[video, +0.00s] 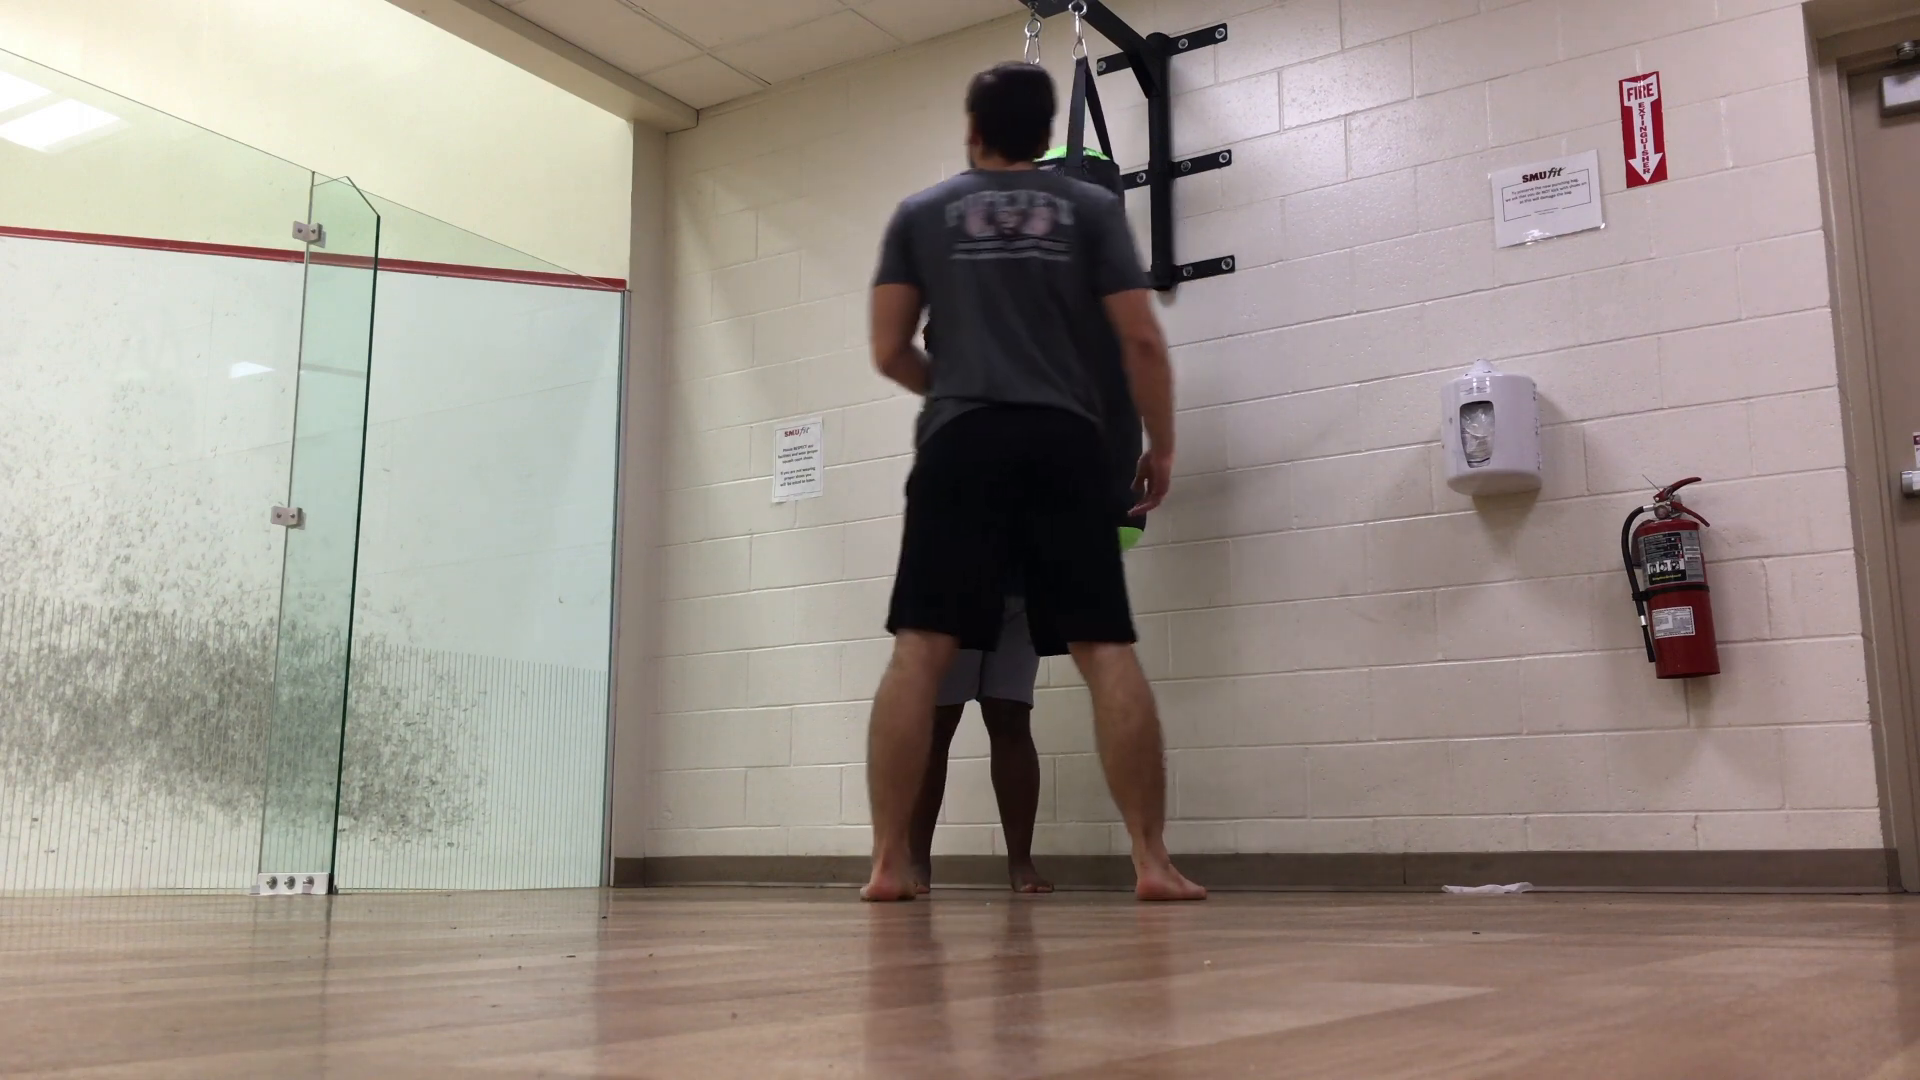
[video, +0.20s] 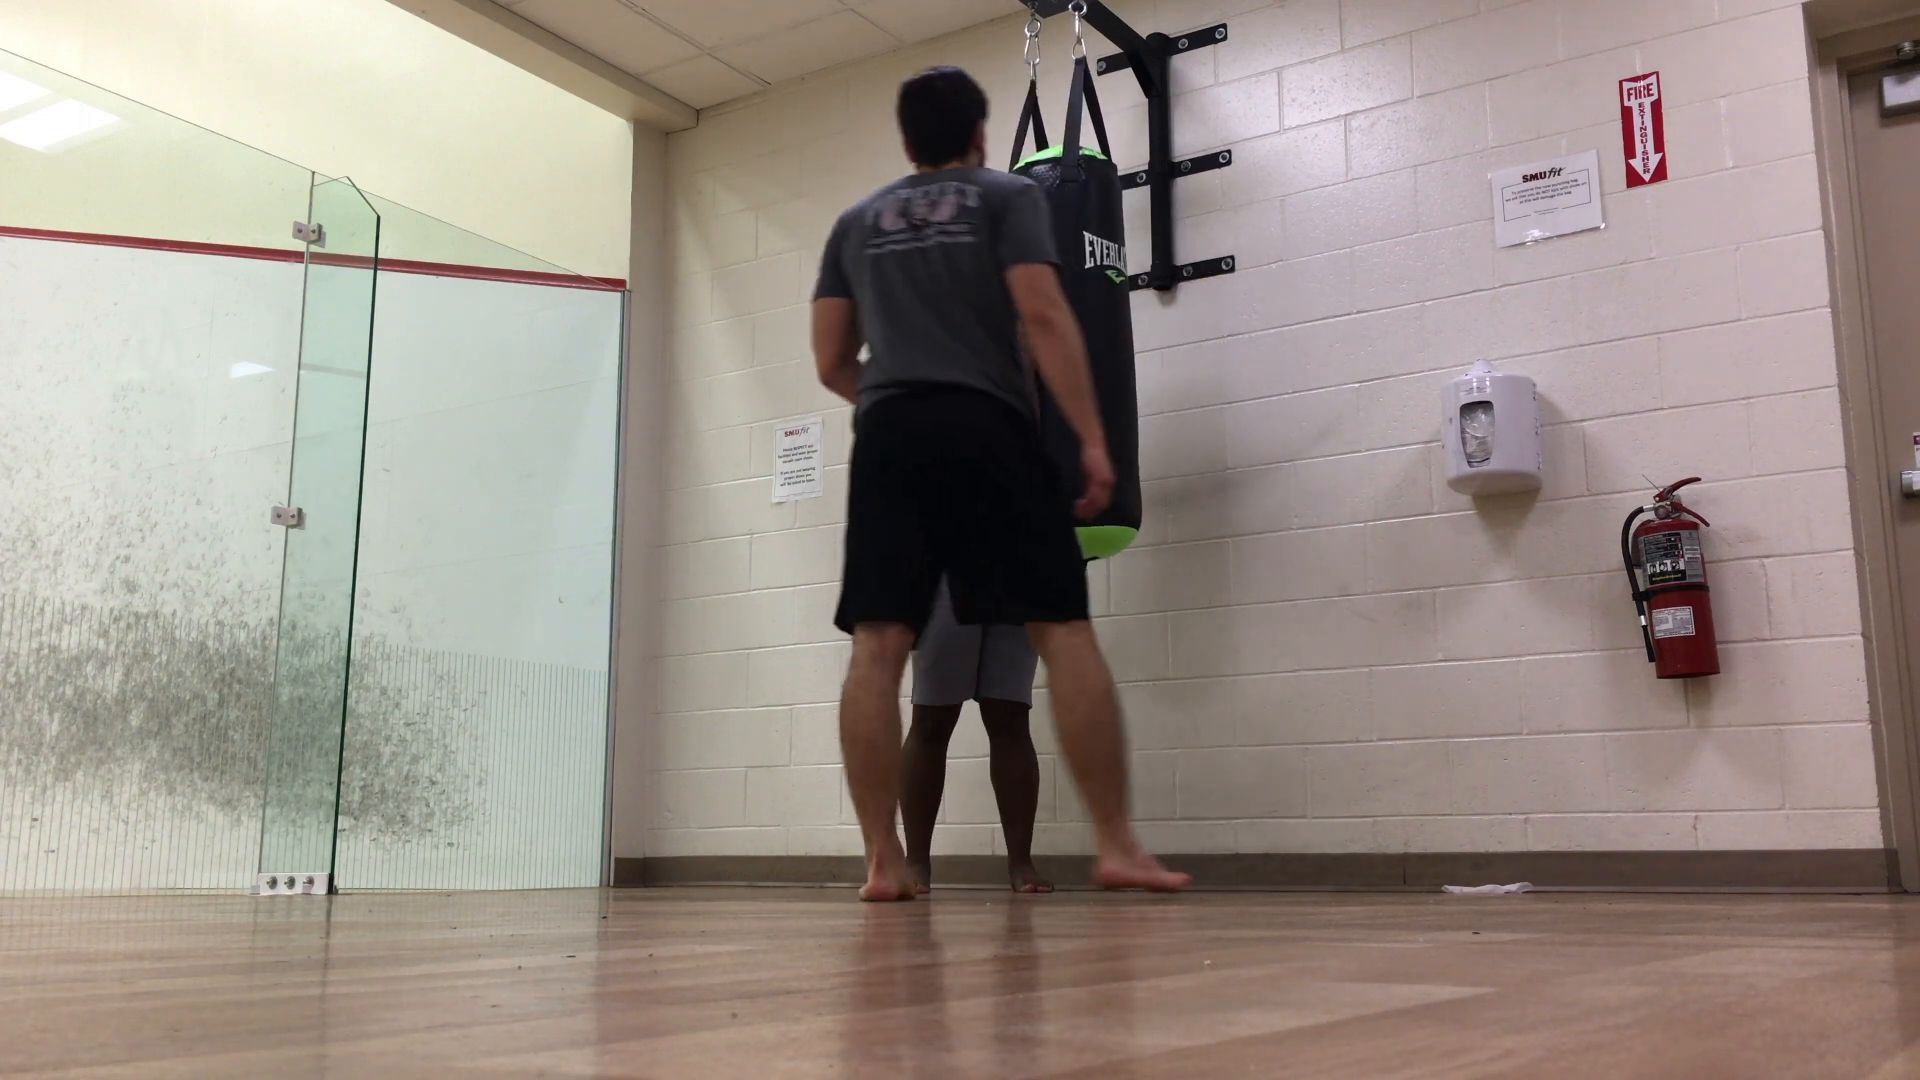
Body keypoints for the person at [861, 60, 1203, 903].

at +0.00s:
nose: (980, 137)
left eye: (972, 124)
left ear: (971, 133)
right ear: (1050, 136)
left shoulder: (918, 213)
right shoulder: (1091, 205)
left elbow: (889, 351)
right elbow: (1142, 335)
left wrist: (957, 386)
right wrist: (1161, 446)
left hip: (961, 448)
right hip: (1074, 450)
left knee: (920, 645)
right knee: (1107, 652)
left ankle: (891, 861)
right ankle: (1151, 858)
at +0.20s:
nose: (984, 140)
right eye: (984, 130)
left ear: (904, 142)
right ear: (981, 135)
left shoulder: (856, 222)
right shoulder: (1008, 197)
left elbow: (833, 366)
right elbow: (1041, 314)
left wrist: (903, 396)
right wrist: (1091, 436)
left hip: (889, 441)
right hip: (991, 436)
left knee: (877, 643)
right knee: (1063, 631)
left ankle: (885, 861)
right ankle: (1117, 844)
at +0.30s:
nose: (961, 140)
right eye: (962, 128)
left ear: (880, 139)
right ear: (955, 130)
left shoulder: (832, 221)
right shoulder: (976, 185)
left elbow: (820, 364)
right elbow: (1003, 301)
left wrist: (874, 430)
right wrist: (1048, 425)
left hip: (870, 442)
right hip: (972, 429)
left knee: (867, 643)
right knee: (1032, 622)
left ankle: (883, 861)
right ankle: (1018, 841)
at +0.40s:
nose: (939, 135)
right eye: (939, 124)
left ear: (858, 135)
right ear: (935, 126)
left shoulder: (813, 222)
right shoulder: (947, 175)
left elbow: (813, 365)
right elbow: (967, 285)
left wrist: (837, 453)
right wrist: (1011, 416)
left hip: (848, 439)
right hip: (941, 424)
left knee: (859, 644)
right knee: (997, 625)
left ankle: (882, 859)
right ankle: (890, 809)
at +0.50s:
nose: (921, 126)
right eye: (919, 115)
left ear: (837, 130)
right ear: (914, 118)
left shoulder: (801, 219)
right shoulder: (921, 166)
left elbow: (794, 368)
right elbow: (943, 281)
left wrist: (793, 487)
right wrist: (991, 407)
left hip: (828, 440)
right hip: (909, 426)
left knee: (854, 642)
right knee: (936, 629)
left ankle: (884, 860)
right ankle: (775, 782)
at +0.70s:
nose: (905, 120)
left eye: (901, 106)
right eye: (901, 104)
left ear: (821, 116)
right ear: (881, 99)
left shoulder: (783, 206)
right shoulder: (868, 153)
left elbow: (753, 346)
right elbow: (898, 282)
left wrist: (748, 475)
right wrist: (995, 396)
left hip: (798, 425)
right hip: (835, 421)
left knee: (890, 631)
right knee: (800, 616)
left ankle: (882, 852)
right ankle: (655, 819)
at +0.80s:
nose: (907, 120)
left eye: (903, 105)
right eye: (904, 103)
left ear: (824, 101)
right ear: (883, 92)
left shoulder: (791, 186)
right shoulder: (841, 144)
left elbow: (782, 339)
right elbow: (868, 266)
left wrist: (761, 473)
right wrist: (977, 361)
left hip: (803, 422)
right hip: (802, 411)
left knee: (900, 609)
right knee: (771, 610)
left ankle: (869, 823)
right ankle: (650, 822)